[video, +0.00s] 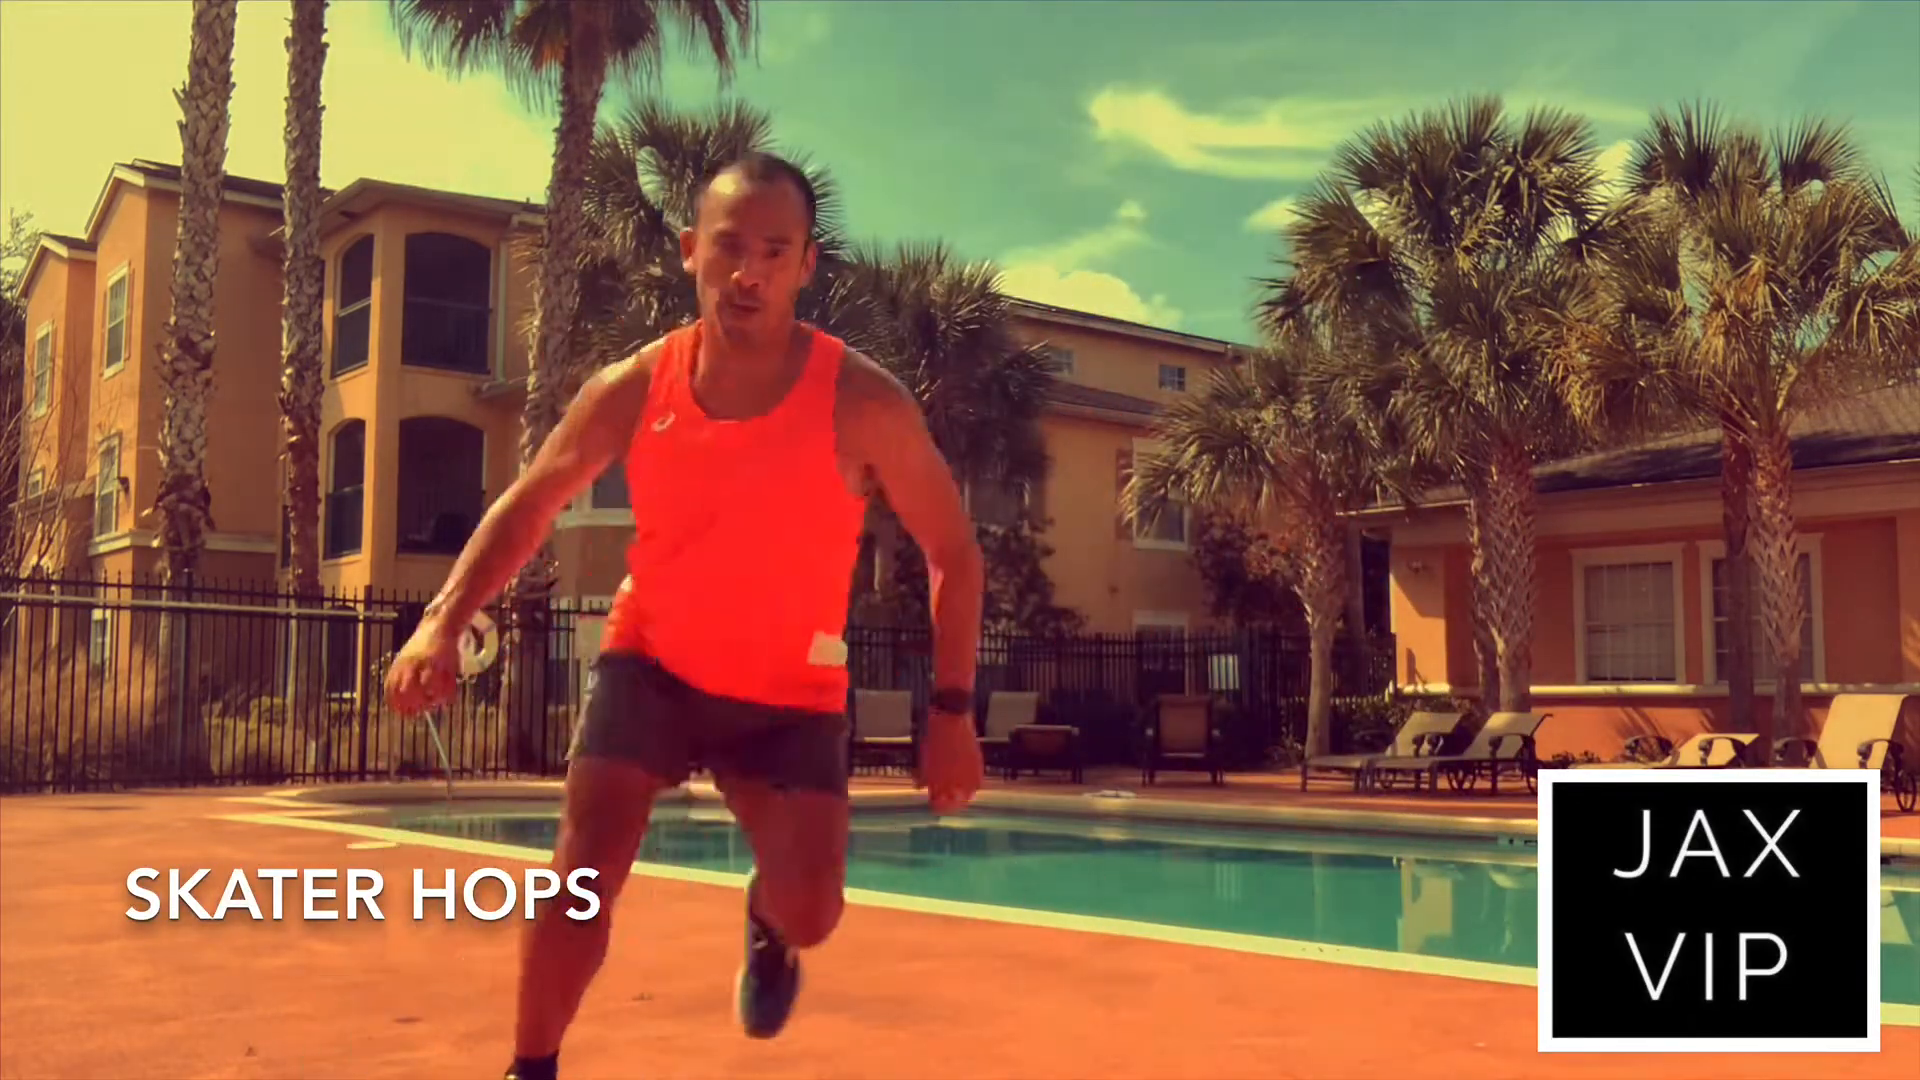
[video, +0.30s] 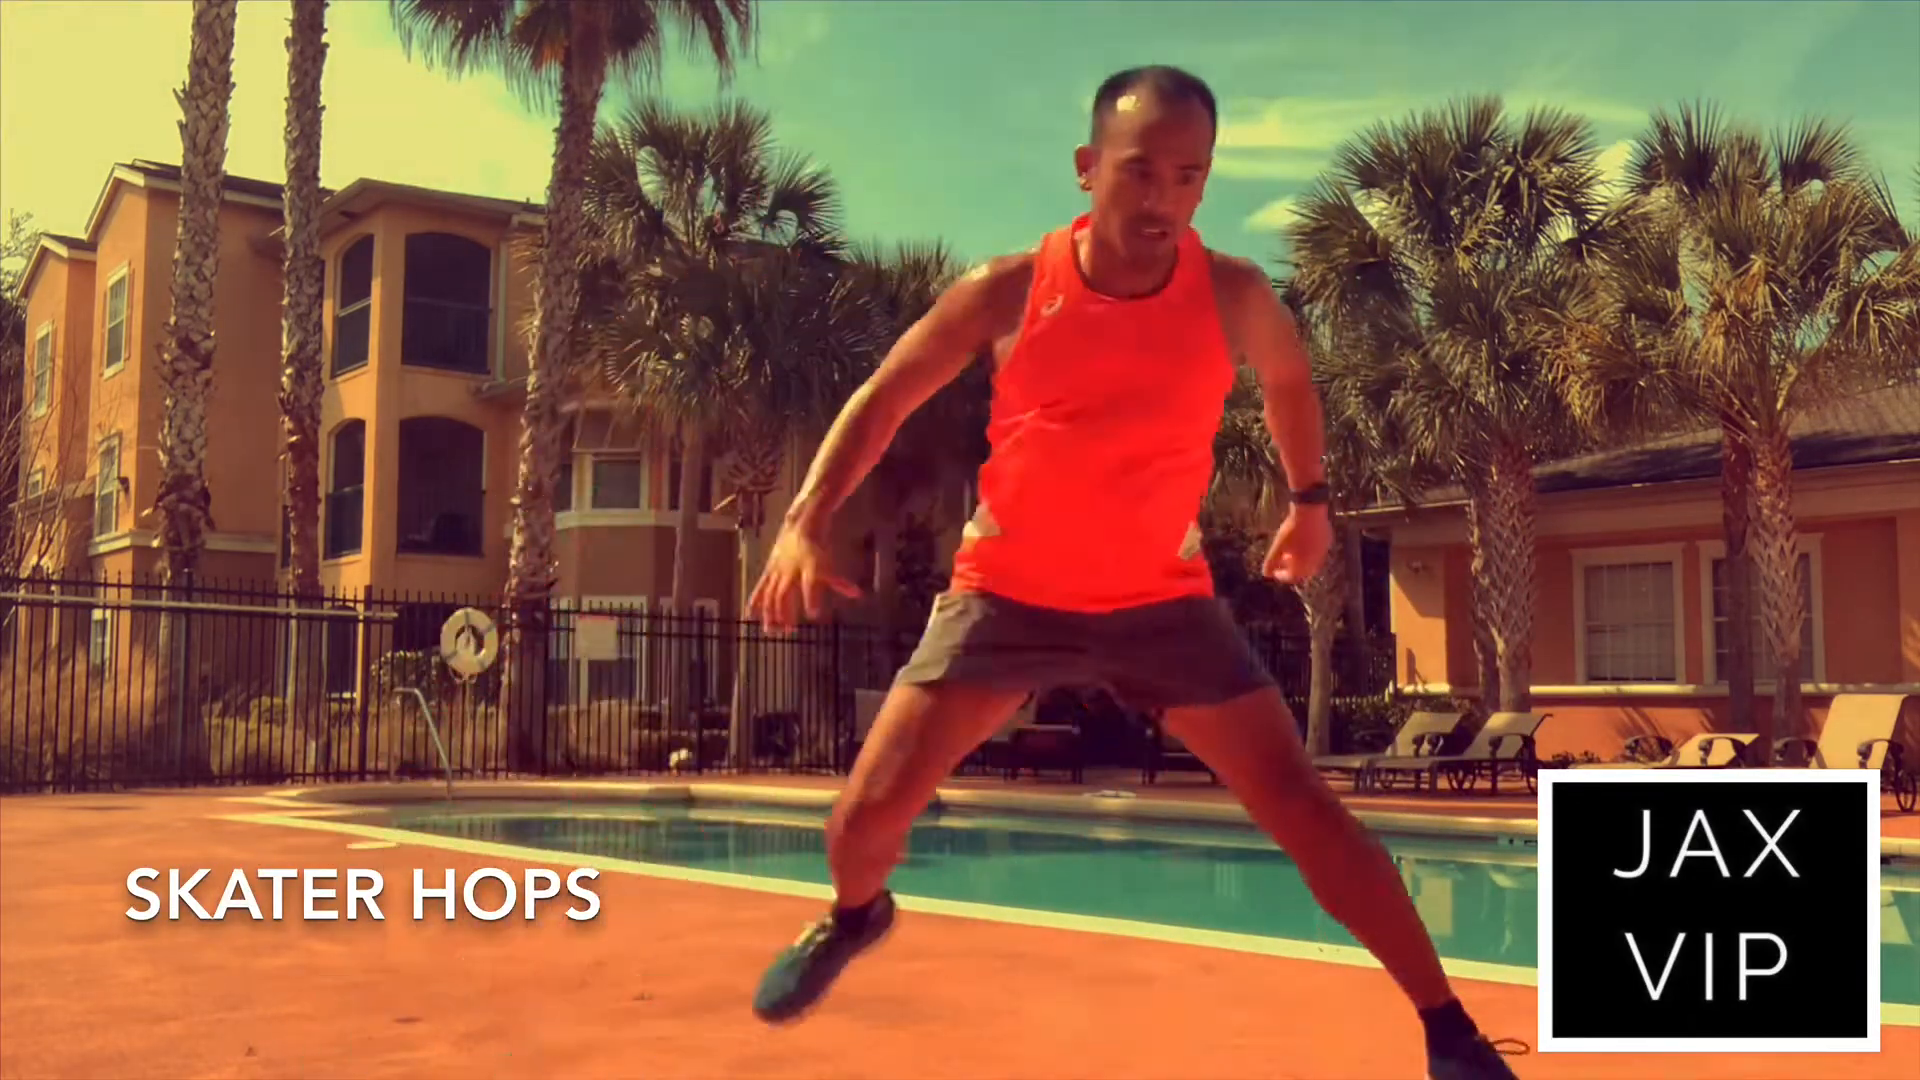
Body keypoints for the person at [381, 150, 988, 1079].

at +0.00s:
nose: (748, 268)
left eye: (773, 249)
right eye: (728, 244)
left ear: (806, 264)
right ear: (690, 251)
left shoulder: (865, 405)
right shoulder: (637, 389)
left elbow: (956, 555)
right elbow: (533, 499)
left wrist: (952, 709)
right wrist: (443, 619)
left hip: (794, 691)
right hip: (650, 669)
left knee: (809, 915)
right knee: (583, 877)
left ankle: (770, 919)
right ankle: (532, 1067)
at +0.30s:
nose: (1166, 198)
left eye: (1188, 174)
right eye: (1143, 169)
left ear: (1207, 177)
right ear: (1088, 166)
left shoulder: (1234, 296)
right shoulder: (1003, 292)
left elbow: (1286, 384)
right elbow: (884, 400)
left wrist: (1308, 499)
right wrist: (802, 524)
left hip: (1164, 604)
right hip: (1004, 597)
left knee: (1299, 807)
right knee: (859, 828)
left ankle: (1448, 1026)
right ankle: (857, 917)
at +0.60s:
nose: (1443, 390)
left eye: (1461, 366)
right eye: (1417, 362)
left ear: (1476, 375)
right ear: (1351, 371)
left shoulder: (1456, 464)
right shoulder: (1300, 513)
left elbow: (1449, 538)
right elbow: (1303, 736)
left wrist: (1473, 600)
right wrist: (1449, 881)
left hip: (1406, 704)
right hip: (1285, 751)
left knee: (1466, 880)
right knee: (1405, 997)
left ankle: (1477, 1075)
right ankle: (1494, 966)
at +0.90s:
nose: (1460, 427)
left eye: (1480, 401)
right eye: (1433, 398)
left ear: (1497, 412)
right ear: (1371, 407)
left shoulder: (1483, 502)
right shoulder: (1325, 552)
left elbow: (1509, 565)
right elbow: (1390, 765)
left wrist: (1542, 639)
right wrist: (1553, 861)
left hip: (1451, 716)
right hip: (1334, 779)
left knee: (1507, 870)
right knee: (1472, 940)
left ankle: (1484, 1073)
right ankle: (1640, 1040)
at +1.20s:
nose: (1181, 236)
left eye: (1208, 213)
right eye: (1161, 214)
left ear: (1253, 230)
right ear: (1134, 231)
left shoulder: (1317, 354)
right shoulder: (1080, 362)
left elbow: (1448, 459)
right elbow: (901, 450)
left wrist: (1447, 551)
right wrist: (840, 592)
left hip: (1312, 655)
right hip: (1154, 663)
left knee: (1427, 863)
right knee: (1080, 867)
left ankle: (1483, 1069)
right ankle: (1135, 908)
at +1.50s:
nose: (739, 182)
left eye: (767, 156)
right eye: (726, 156)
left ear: (834, 159)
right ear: (710, 155)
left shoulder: (908, 296)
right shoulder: (669, 294)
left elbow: (1036, 432)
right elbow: (576, 434)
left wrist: (1091, 558)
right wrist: (504, 572)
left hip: (885, 599)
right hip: (726, 606)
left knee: (1042, 808)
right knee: (613, 834)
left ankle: (1040, 844)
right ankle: (480, 1063)